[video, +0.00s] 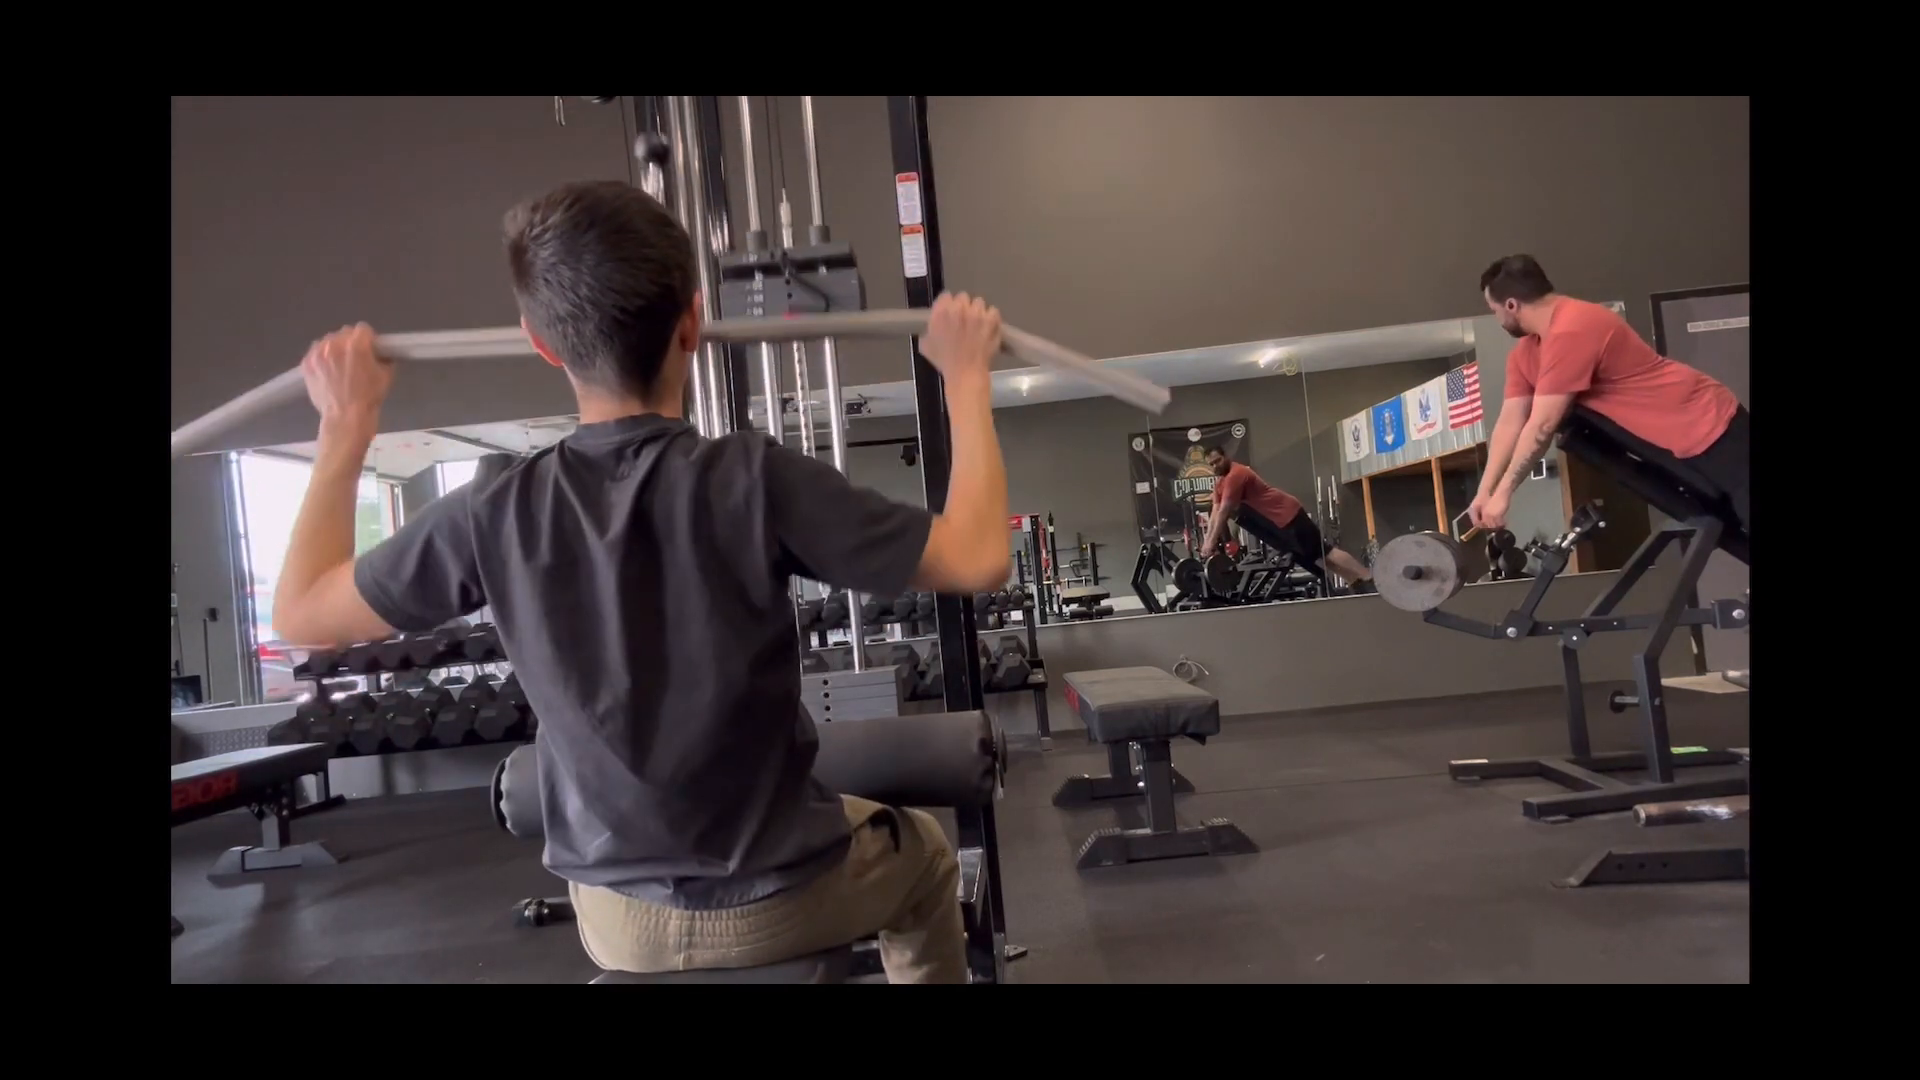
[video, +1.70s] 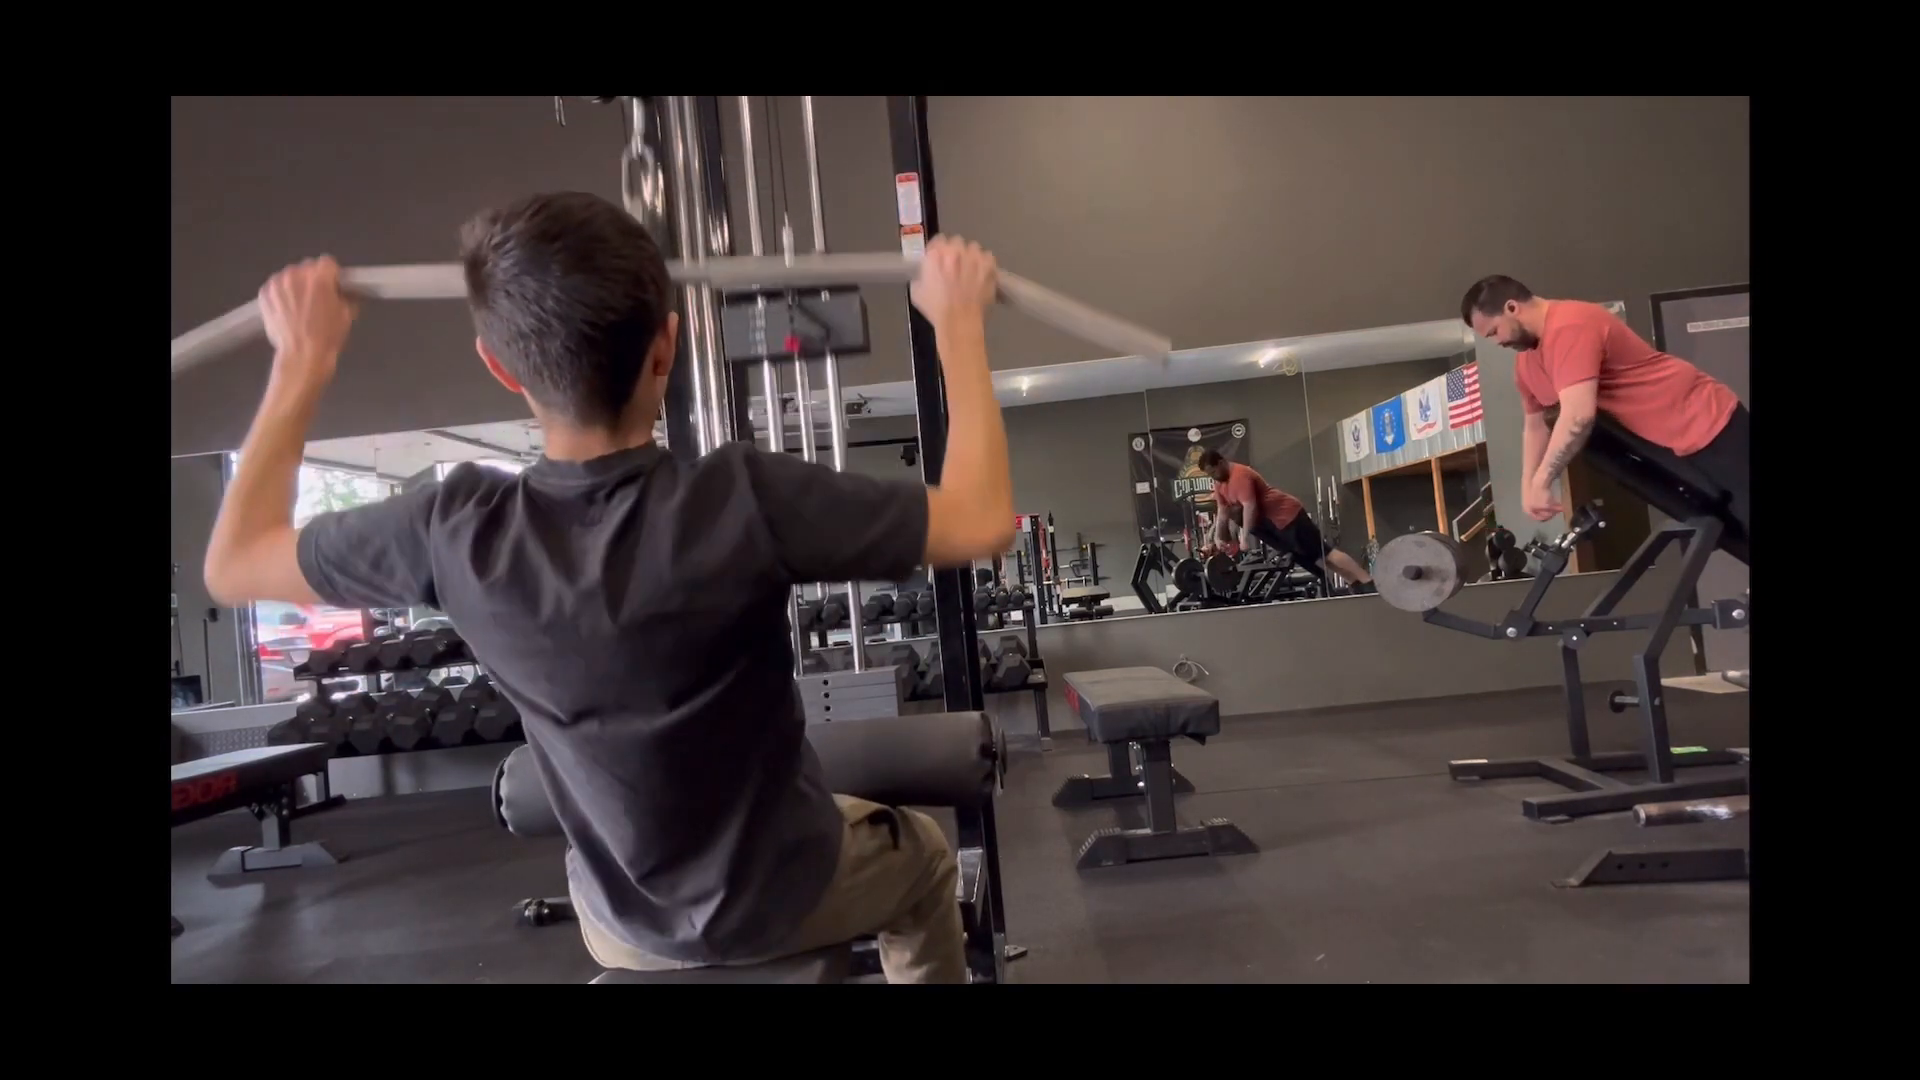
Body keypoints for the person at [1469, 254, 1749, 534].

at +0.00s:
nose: (1495, 318)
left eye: (1492, 309)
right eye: (1491, 310)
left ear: (1512, 304)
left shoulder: (1572, 325)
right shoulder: (1524, 352)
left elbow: (1542, 427)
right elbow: (1509, 421)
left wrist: (1504, 490)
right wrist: (1484, 490)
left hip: (1711, 423)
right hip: (1672, 446)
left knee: (1746, 523)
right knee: (1730, 532)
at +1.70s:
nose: (1496, 343)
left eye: (1493, 332)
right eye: (1489, 337)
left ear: (1513, 307)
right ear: (1511, 310)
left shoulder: (1570, 324)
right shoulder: (1526, 364)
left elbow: (1579, 417)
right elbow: (1535, 424)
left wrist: (1542, 480)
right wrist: (1530, 484)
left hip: (1709, 421)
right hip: (1672, 448)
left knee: (1745, 520)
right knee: (1732, 534)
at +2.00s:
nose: (1490, 356)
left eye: (1484, 346)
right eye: (1483, 350)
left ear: (1499, 326)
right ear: (1499, 329)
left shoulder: (1561, 329)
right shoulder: (1530, 373)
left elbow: (1591, 418)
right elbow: (1568, 431)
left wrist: (1578, 480)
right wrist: (1574, 486)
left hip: (1706, 423)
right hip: (1667, 453)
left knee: (1746, 515)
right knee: (1730, 534)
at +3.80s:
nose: (1492, 352)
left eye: (1488, 342)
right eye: (1483, 348)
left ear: (1507, 316)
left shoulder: (1553, 337)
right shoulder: (1524, 368)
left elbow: (1581, 427)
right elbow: (1554, 436)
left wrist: (1576, 496)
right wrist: (1568, 496)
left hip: (1704, 422)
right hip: (1671, 446)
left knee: (1746, 515)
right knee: (1730, 532)